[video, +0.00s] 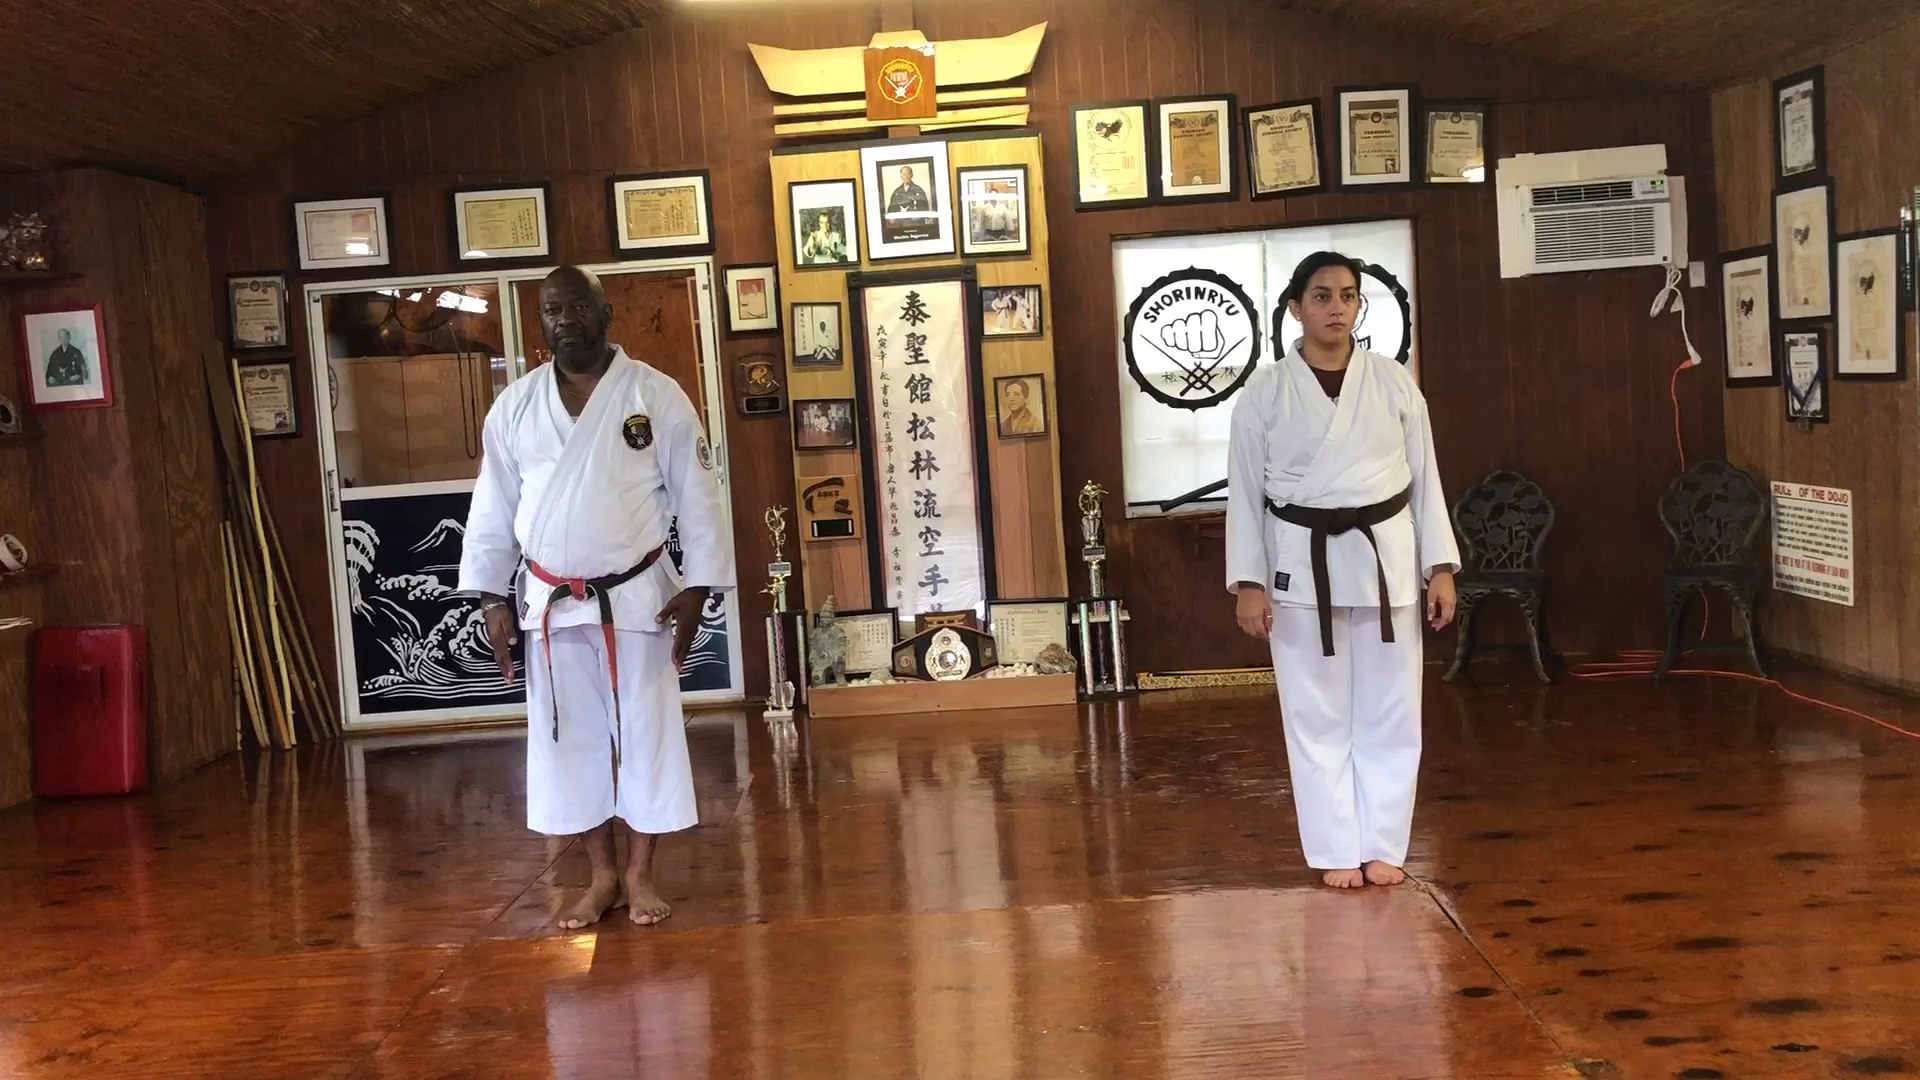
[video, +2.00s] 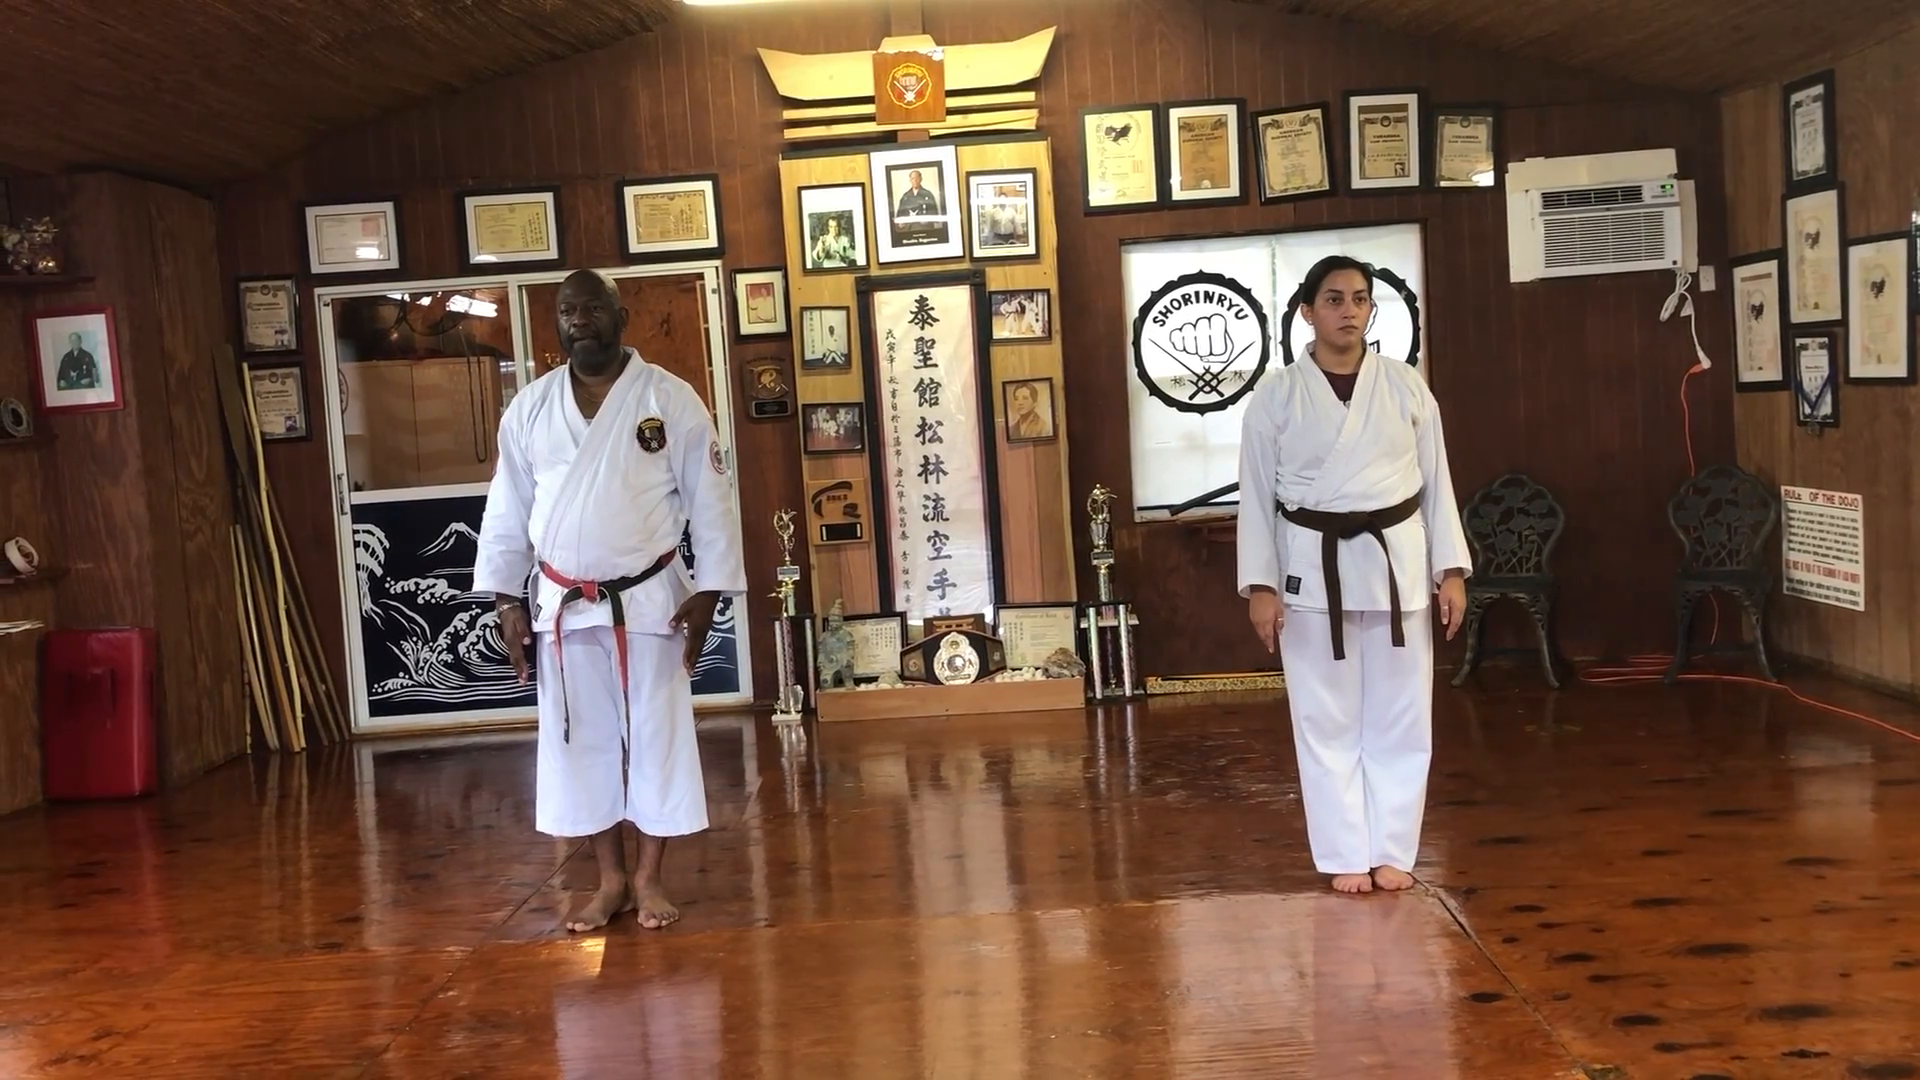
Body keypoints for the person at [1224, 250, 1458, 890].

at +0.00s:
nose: (1337, 307)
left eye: (1348, 295)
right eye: (1322, 295)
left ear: (1360, 308)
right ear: (1295, 308)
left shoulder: (1394, 382)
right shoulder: (1262, 392)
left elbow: (1424, 481)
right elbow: (1245, 493)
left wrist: (1440, 566)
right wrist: (1248, 580)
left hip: (1388, 565)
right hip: (1300, 571)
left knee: (1389, 714)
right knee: (1318, 717)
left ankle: (1383, 849)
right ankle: (1336, 854)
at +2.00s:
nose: (1349, 310)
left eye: (1360, 299)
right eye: (1334, 298)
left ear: (1372, 311)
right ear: (1308, 311)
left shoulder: (1405, 385)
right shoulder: (1273, 396)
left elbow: (1435, 484)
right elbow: (1256, 497)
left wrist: (1450, 570)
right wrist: (1260, 584)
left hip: (1399, 570)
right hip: (1311, 575)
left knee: (1399, 717)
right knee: (1327, 720)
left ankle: (1392, 855)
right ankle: (1345, 860)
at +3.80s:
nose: (1370, 397)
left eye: (1382, 382)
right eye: (1357, 383)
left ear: (1397, 375)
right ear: (1329, 375)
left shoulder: (1422, 423)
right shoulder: (1286, 429)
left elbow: (1435, 518)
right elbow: (1261, 525)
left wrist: (1430, 603)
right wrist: (1273, 615)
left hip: (1393, 574)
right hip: (1313, 578)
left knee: (1392, 715)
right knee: (1327, 719)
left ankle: (1386, 857)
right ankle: (1345, 861)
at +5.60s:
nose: (1375, 313)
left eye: (1386, 301)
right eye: (1360, 301)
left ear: (1398, 313)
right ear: (1334, 312)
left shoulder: (1429, 387)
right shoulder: (1298, 396)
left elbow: (1458, 487)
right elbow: (1276, 497)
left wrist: (1478, 570)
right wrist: (1283, 586)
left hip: (1425, 563)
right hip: (1335, 567)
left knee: (1455, 710)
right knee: (1345, 721)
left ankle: (1480, 844)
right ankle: (1356, 860)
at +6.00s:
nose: (1433, 315)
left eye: (1443, 303)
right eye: (1417, 304)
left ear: (1457, 314)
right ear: (1393, 318)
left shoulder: (1492, 388)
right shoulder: (1361, 397)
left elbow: (1522, 488)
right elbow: (1337, 498)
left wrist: (1539, 574)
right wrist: (1338, 586)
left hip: (1486, 570)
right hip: (1391, 573)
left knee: (1505, 721)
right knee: (1375, 725)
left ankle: (1522, 857)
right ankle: (1363, 863)